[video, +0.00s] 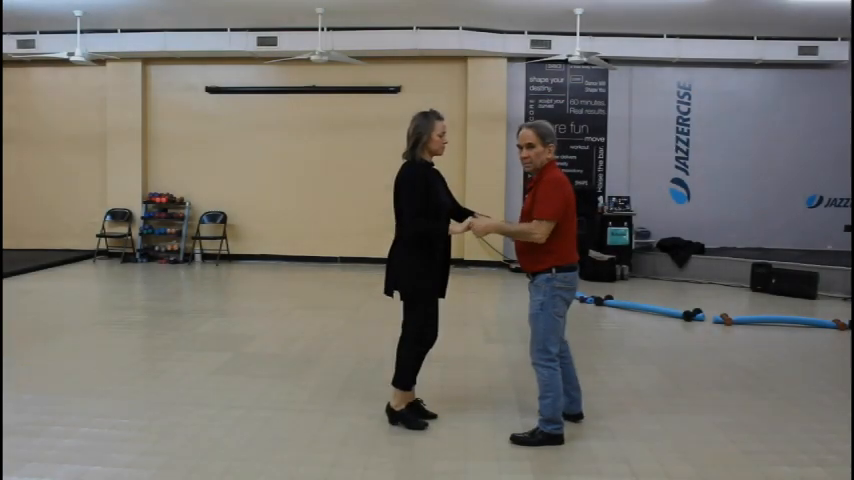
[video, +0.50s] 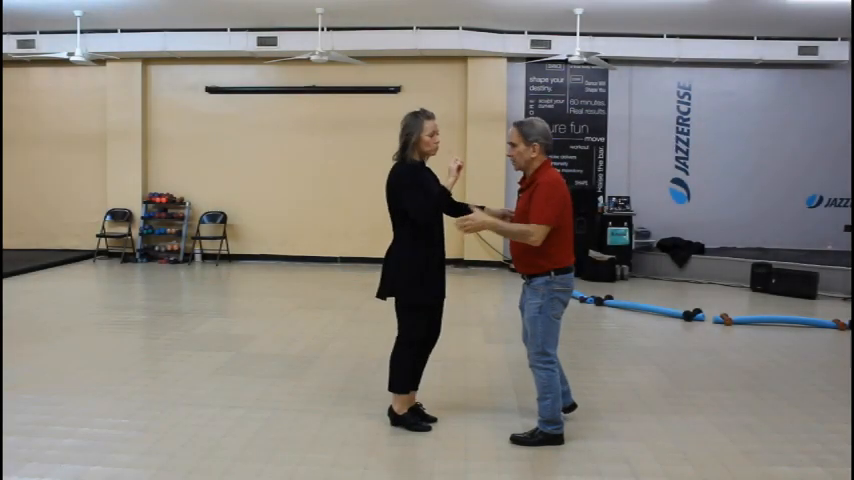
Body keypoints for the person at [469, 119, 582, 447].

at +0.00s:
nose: (523, 153)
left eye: (530, 147)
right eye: (520, 147)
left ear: (549, 149)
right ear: (519, 149)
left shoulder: (554, 182)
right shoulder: (539, 181)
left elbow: (539, 233)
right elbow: (532, 229)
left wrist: (495, 227)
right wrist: (497, 226)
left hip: (553, 279)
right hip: (547, 276)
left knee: (544, 354)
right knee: (556, 346)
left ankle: (550, 427)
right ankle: (571, 407)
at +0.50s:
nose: (508, 152)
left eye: (513, 146)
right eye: (509, 145)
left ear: (534, 149)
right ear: (531, 149)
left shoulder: (550, 183)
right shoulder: (534, 180)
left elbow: (535, 236)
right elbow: (523, 219)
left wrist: (488, 224)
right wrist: (492, 213)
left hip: (550, 281)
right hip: (537, 278)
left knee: (541, 354)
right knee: (535, 345)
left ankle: (550, 428)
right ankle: (562, 398)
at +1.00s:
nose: (510, 147)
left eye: (514, 141)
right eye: (511, 141)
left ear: (531, 146)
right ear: (534, 147)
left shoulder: (542, 181)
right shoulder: (536, 177)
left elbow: (532, 232)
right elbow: (522, 219)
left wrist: (490, 214)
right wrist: (498, 211)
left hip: (543, 278)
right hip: (538, 275)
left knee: (540, 355)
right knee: (537, 352)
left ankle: (551, 427)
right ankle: (539, 413)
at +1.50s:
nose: (513, 151)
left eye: (517, 145)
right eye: (513, 146)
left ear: (535, 148)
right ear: (535, 148)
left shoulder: (548, 179)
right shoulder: (535, 177)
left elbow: (540, 226)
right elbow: (533, 217)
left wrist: (505, 202)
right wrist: (506, 214)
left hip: (546, 277)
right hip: (535, 276)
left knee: (541, 353)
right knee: (537, 351)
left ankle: (548, 424)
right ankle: (538, 412)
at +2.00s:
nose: (506, 153)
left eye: (510, 147)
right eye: (505, 147)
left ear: (530, 148)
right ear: (526, 149)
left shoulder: (548, 179)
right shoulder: (524, 180)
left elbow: (518, 211)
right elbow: (492, 204)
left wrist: (500, 166)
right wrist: (450, 200)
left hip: (549, 280)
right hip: (532, 278)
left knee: (541, 354)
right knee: (525, 348)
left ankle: (548, 424)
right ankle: (527, 413)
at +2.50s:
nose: (496, 150)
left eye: (502, 145)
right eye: (496, 144)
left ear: (520, 148)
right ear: (515, 148)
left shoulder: (537, 178)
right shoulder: (504, 184)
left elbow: (514, 198)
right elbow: (468, 207)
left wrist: (502, 154)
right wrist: (435, 196)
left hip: (532, 278)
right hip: (513, 277)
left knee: (518, 350)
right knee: (515, 351)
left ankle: (544, 419)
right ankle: (523, 416)